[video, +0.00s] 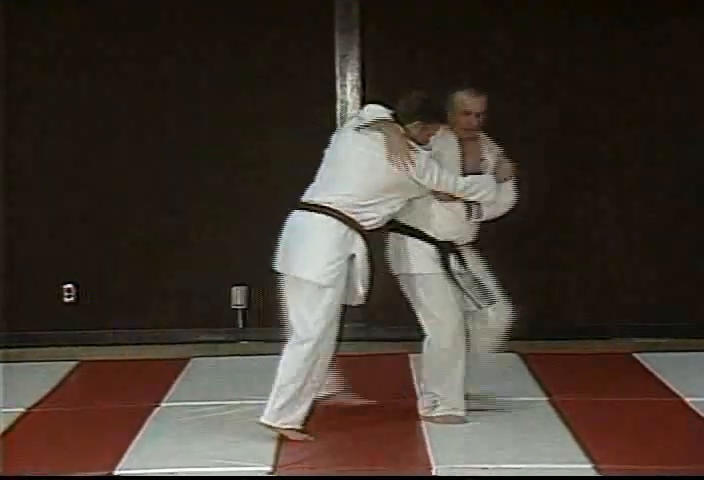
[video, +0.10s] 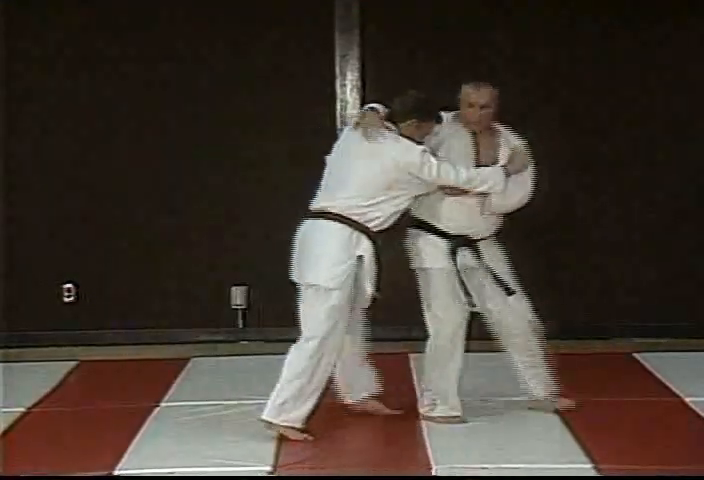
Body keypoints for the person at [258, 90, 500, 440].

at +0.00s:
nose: (431, 137)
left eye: (434, 132)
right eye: (430, 131)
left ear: (393, 116)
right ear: (418, 126)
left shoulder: (349, 132)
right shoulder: (411, 161)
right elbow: (455, 187)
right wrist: (497, 180)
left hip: (299, 228)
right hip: (327, 240)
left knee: (314, 327)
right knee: (313, 333)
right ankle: (281, 416)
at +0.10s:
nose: (428, 136)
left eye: (429, 130)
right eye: (427, 129)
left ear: (394, 116)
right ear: (415, 126)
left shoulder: (356, 132)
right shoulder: (407, 157)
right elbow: (461, 179)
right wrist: (506, 170)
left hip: (316, 232)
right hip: (339, 239)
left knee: (348, 322)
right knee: (321, 330)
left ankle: (358, 394)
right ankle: (283, 414)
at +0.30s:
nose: (423, 127)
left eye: (424, 120)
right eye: (419, 120)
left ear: (386, 114)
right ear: (404, 116)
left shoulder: (355, 139)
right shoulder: (400, 147)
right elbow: (451, 164)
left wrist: (444, 175)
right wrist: (512, 154)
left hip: (341, 236)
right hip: (354, 240)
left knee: (380, 319)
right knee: (338, 322)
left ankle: (373, 398)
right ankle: (289, 407)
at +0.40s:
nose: (421, 125)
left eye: (423, 119)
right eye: (420, 118)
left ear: (388, 110)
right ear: (405, 112)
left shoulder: (355, 138)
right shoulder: (401, 140)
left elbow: (339, 166)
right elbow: (451, 157)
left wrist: (445, 172)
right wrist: (500, 153)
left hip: (346, 231)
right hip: (358, 234)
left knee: (379, 316)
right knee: (337, 319)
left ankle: (374, 397)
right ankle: (291, 404)